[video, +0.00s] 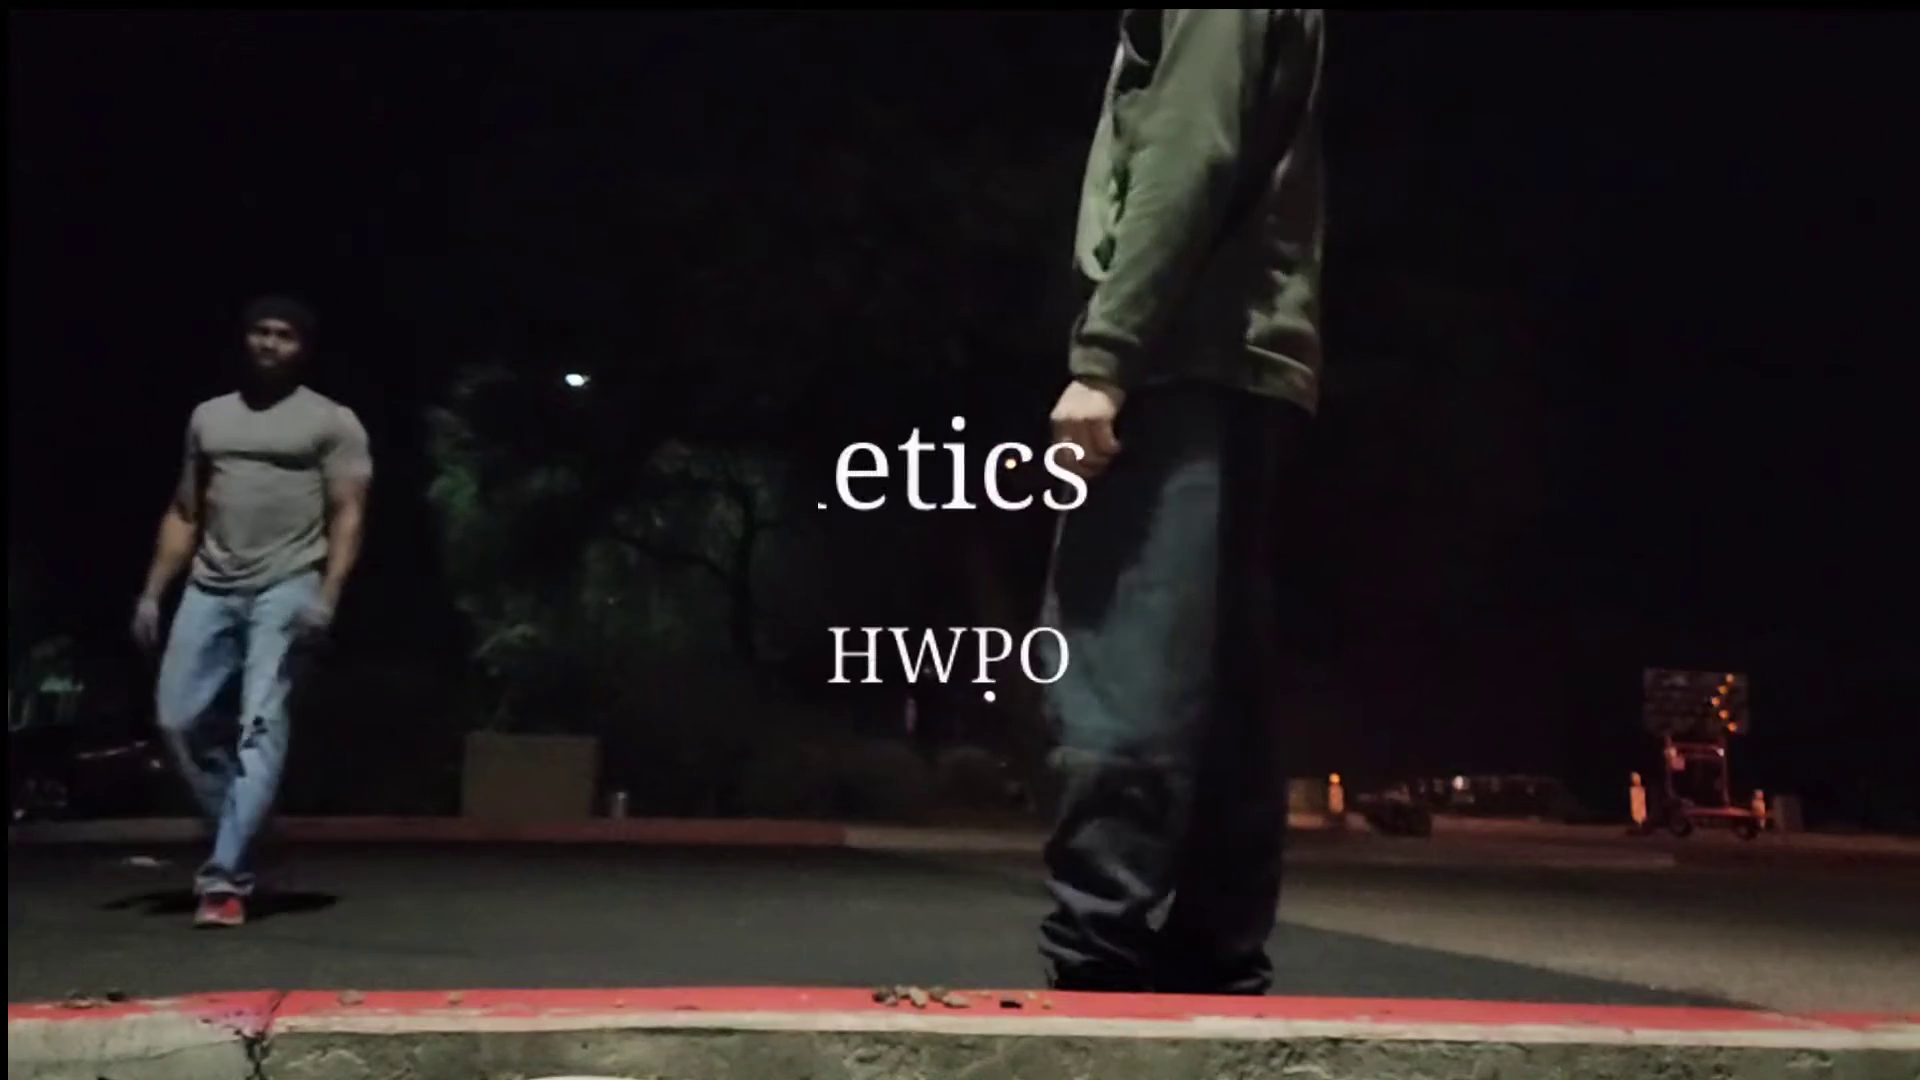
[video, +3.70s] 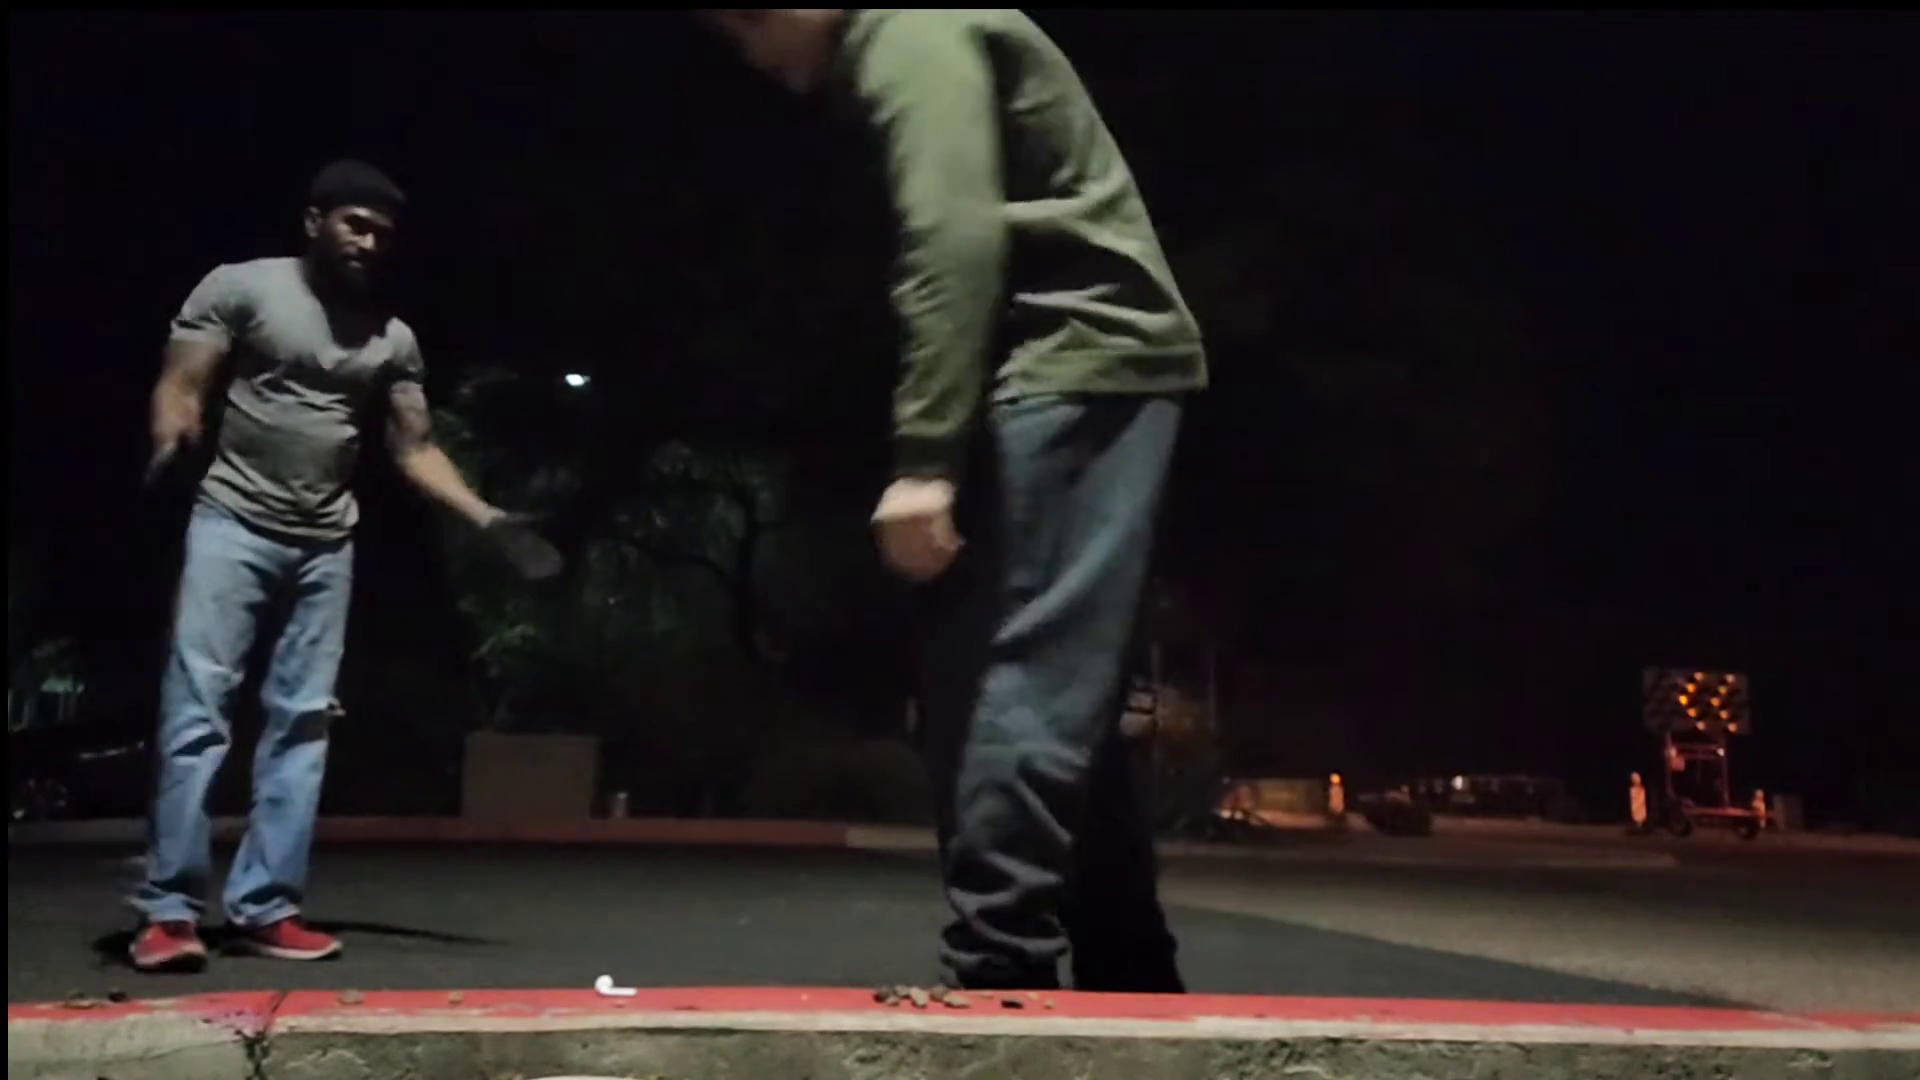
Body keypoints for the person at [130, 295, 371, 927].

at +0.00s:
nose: (270, 345)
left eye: (283, 337)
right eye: (261, 334)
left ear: (303, 348)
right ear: (244, 341)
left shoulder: (334, 425)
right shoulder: (209, 419)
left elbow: (347, 515)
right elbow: (184, 512)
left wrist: (328, 594)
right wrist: (153, 591)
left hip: (286, 587)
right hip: (209, 587)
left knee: (263, 720)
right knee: (176, 718)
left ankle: (228, 873)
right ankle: (236, 832)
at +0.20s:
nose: (252, 332)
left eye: (265, 323)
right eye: (243, 320)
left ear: (286, 334)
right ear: (225, 328)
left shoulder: (318, 411)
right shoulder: (190, 409)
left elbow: (333, 503)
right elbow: (168, 505)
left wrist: (311, 577)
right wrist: (139, 588)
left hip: (275, 586)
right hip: (191, 581)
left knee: (254, 729)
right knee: (149, 707)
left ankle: (224, 881)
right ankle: (162, 866)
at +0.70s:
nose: (187, 298)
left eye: (200, 289)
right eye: (175, 285)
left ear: (216, 301)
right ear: (148, 291)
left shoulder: (250, 384)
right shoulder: (93, 371)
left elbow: (272, 483)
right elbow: (53, 471)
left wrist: (267, 575)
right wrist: (22, 560)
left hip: (201, 573)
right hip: (106, 567)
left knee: (209, 720)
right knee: (87, 728)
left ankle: (220, 880)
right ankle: (72, 892)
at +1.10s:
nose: (164, 277)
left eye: (176, 266)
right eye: (149, 261)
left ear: (191, 278)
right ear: (115, 266)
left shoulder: (220, 370)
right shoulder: (52, 343)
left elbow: (236, 478)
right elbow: (13, 450)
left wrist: (232, 560)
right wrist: (10, 541)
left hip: (166, 559)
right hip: (67, 555)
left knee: (142, 705)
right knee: (66, 723)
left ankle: (110, 891)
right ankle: (68, 890)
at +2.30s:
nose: (183, 207)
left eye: (196, 194)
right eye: (165, 190)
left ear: (211, 206)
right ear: (127, 195)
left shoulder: (231, 307)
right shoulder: (66, 279)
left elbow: (246, 426)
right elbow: (27, 399)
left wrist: (266, 533)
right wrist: (39, 508)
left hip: (200, 529)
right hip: (90, 518)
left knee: (230, 699)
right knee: (58, 708)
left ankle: (213, 900)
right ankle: (38, 911)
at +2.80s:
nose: (296, 221)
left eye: (309, 210)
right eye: (280, 204)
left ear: (320, 224)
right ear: (239, 209)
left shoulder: (340, 323)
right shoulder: (178, 290)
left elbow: (360, 435)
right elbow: (141, 412)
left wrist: (388, 528)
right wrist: (155, 527)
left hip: (305, 539)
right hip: (204, 525)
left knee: (291, 716)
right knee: (134, 711)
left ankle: (265, 907)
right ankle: (54, 908)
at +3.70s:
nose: (368, 244)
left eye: (382, 234)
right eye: (354, 226)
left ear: (392, 245)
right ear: (315, 222)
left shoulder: (392, 340)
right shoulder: (240, 290)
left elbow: (417, 449)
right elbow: (181, 385)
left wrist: (488, 516)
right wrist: (177, 437)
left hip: (325, 544)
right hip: (233, 527)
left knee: (303, 716)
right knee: (200, 705)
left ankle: (264, 905)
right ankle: (168, 909)